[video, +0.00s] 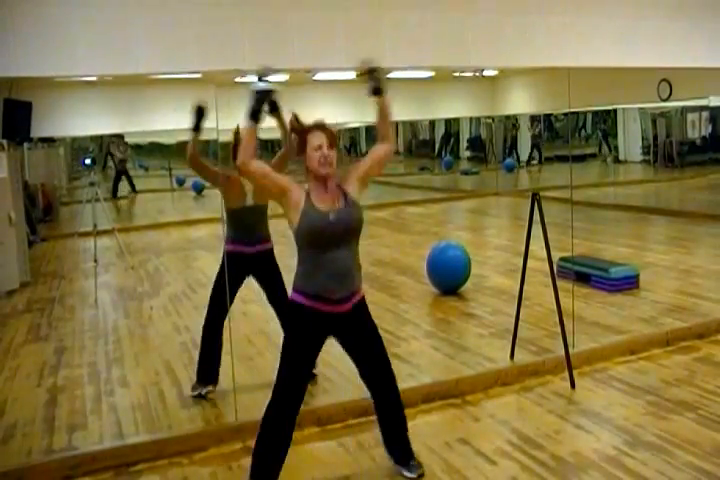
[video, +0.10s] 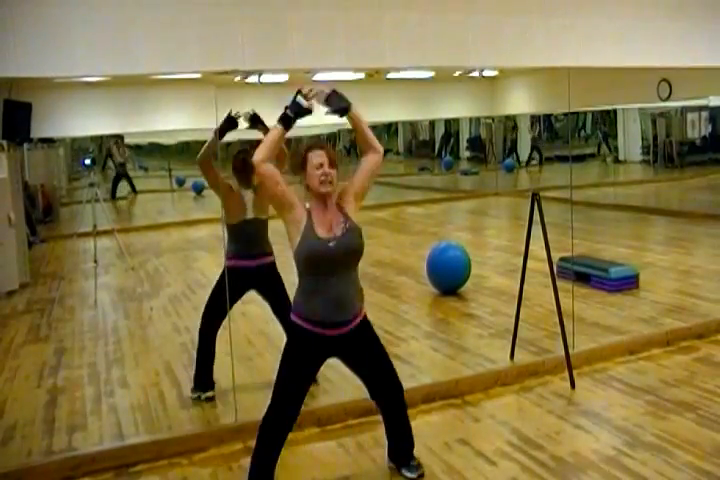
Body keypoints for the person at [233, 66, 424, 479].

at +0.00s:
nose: (324, 153)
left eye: (330, 147)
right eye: (317, 148)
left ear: (338, 154)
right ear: (304, 157)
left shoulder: (352, 184)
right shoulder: (292, 193)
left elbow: (386, 145)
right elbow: (245, 162)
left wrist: (380, 92)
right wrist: (254, 107)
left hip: (352, 308)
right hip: (308, 311)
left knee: (384, 384)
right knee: (285, 400)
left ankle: (403, 457)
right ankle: (262, 475)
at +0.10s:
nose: (325, 171)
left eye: (329, 165)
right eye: (316, 166)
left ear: (336, 172)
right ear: (304, 176)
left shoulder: (347, 204)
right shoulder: (295, 212)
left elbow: (375, 152)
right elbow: (260, 163)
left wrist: (348, 109)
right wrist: (289, 116)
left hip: (354, 328)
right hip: (308, 331)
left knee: (392, 394)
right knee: (281, 414)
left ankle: (402, 458)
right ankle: (259, 477)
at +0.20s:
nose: (322, 148)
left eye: (327, 141)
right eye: (314, 142)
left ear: (335, 147)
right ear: (302, 150)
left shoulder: (348, 181)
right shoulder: (290, 190)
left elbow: (388, 150)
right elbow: (242, 164)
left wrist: (399, 104)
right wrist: (245, 110)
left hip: (351, 303)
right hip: (307, 306)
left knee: (380, 381)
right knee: (285, 395)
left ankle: (401, 453)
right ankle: (264, 475)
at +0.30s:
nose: (322, 129)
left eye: (326, 123)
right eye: (313, 124)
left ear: (334, 130)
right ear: (299, 133)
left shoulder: (349, 167)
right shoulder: (285, 174)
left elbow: (394, 177)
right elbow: (235, 194)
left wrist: (429, 162)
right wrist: (210, 176)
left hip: (347, 282)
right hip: (304, 286)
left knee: (368, 362)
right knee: (295, 378)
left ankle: (381, 446)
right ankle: (279, 472)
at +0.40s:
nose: (321, 135)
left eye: (325, 129)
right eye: (312, 131)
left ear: (333, 135)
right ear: (298, 140)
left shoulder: (346, 179)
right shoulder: (286, 188)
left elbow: (372, 228)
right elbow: (259, 235)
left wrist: (417, 250)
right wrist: (233, 257)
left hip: (345, 288)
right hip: (304, 291)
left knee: (359, 373)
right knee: (308, 380)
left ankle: (351, 453)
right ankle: (304, 469)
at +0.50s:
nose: (321, 154)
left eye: (325, 147)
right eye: (313, 148)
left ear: (331, 153)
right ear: (298, 157)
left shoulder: (343, 197)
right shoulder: (286, 205)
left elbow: (353, 257)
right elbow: (278, 267)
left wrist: (373, 308)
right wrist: (268, 323)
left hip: (346, 314)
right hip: (305, 316)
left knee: (353, 399)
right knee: (311, 399)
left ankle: (339, 465)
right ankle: (310, 470)